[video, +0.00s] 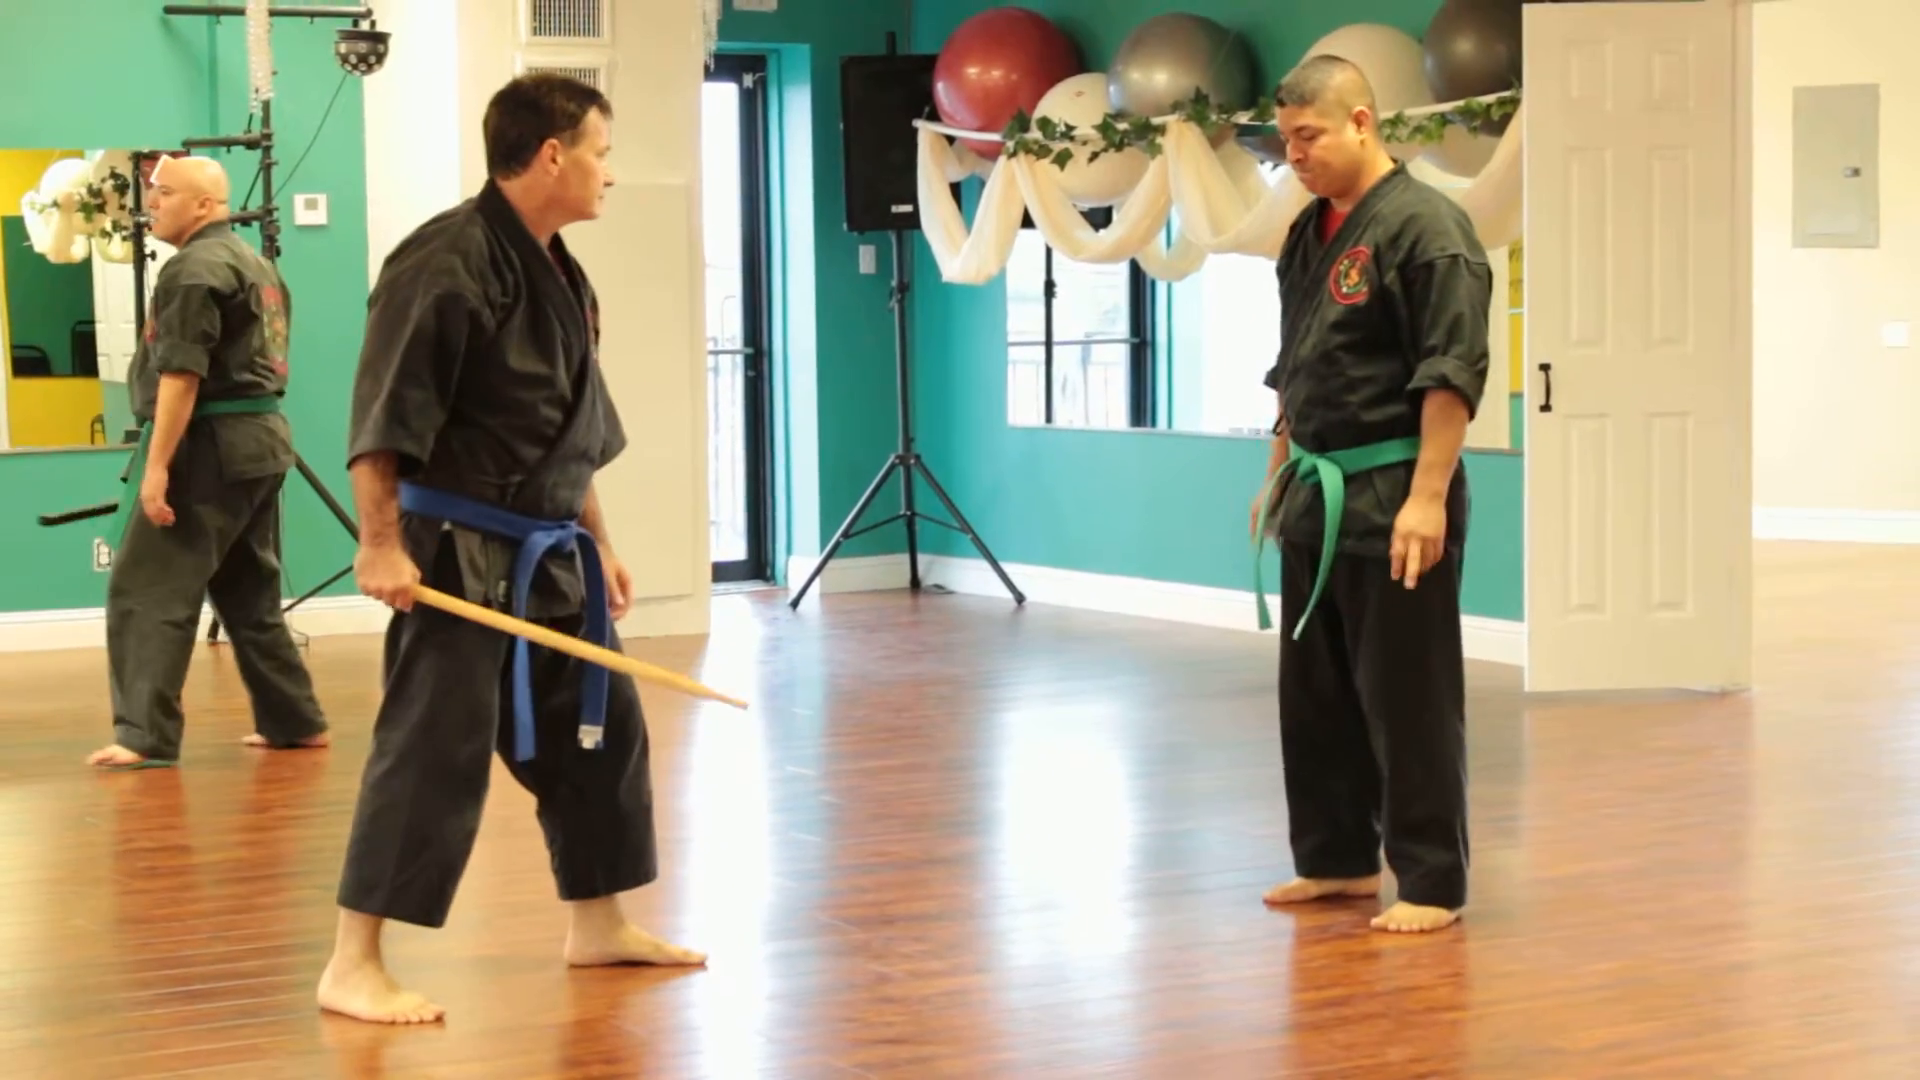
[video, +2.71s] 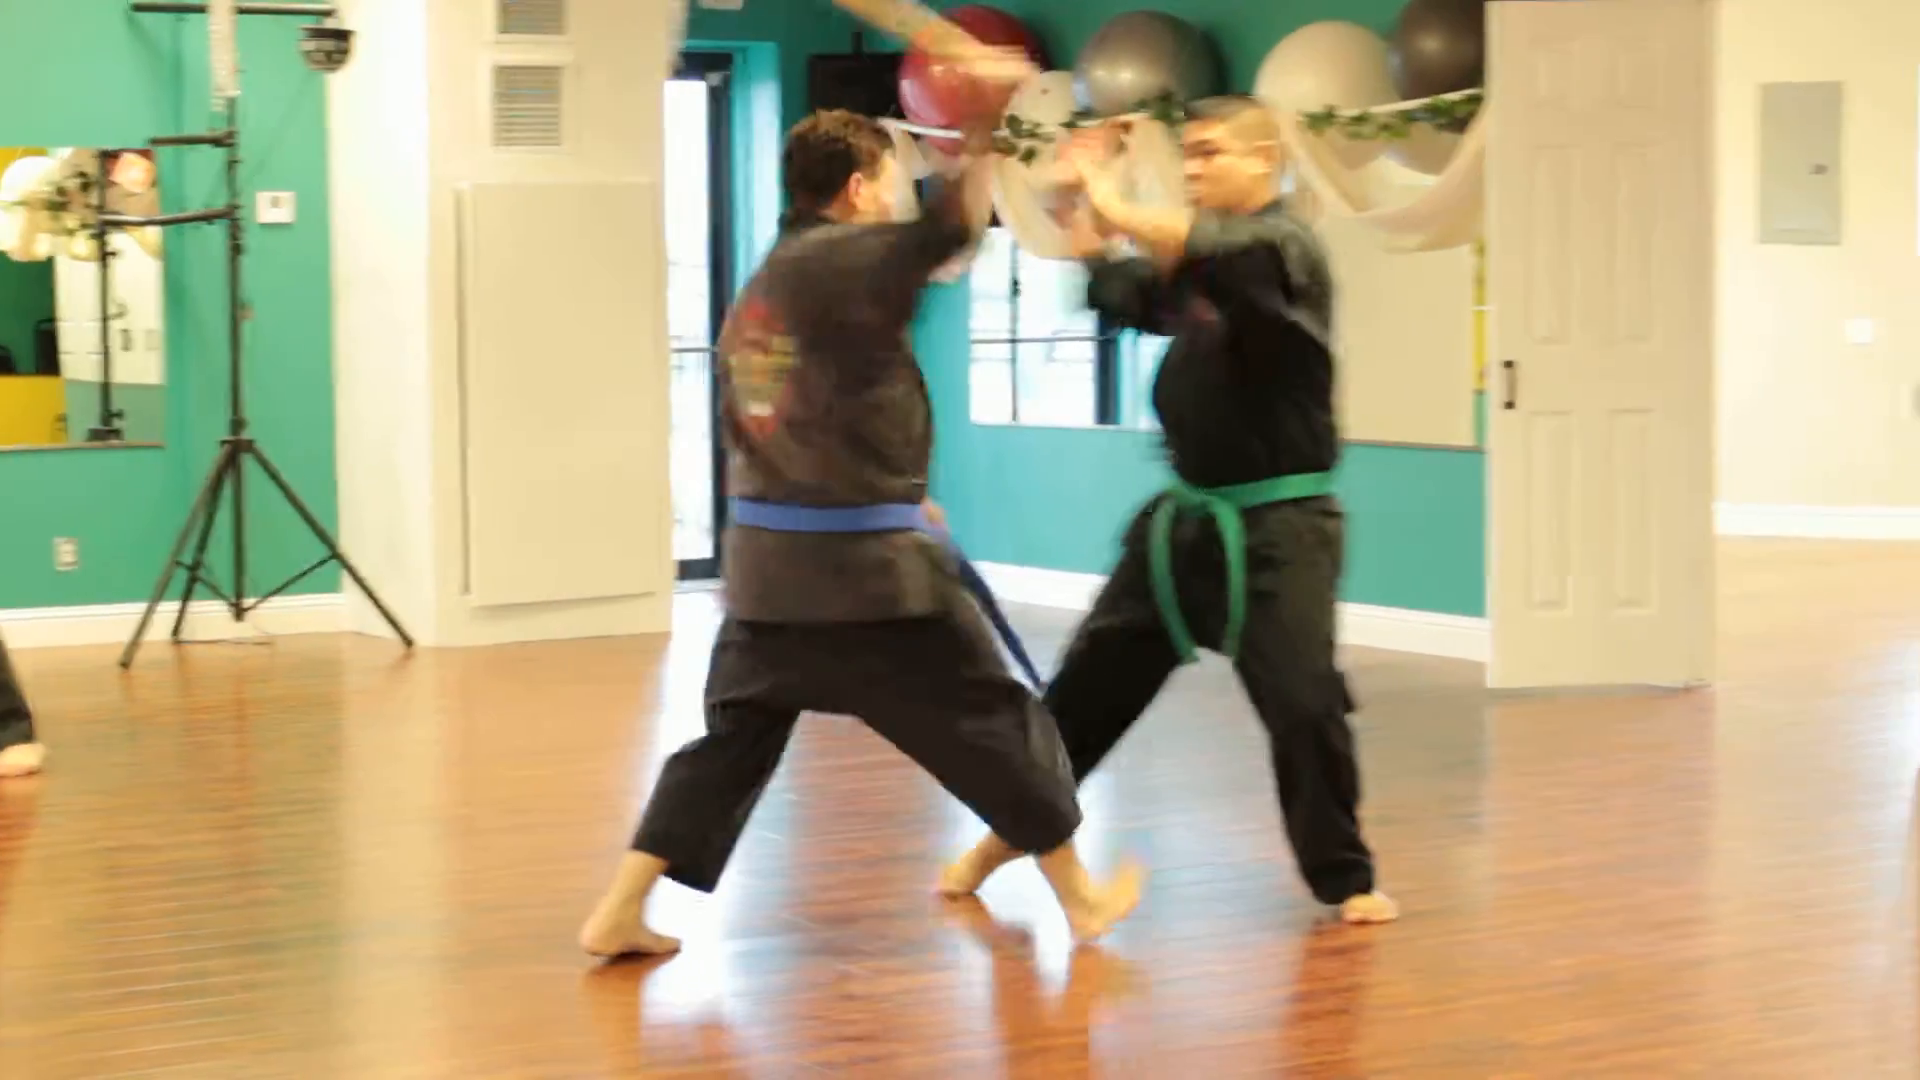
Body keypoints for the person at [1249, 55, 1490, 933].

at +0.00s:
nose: (1294, 156)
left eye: (1307, 138)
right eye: (1287, 141)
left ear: (1362, 123)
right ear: (1294, 141)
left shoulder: (1429, 224)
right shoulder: (1307, 231)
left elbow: (1452, 376)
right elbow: (1297, 368)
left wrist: (1429, 495)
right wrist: (1281, 466)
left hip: (1398, 480)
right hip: (1315, 481)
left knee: (1408, 689)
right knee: (1319, 680)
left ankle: (1431, 885)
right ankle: (1339, 862)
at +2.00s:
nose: (1299, 118)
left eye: (1319, 102)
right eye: (1297, 104)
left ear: (1375, 116)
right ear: (1301, 121)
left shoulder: (1416, 222)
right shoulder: (1314, 225)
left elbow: (1443, 373)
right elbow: (1316, 360)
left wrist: (1412, 496)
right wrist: (1304, 470)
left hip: (1398, 479)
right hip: (1325, 479)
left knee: (1412, 691)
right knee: (1327, 684)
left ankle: (1437, 887)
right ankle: (1345, 861)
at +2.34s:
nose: (1276, 131)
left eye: (1295, 116)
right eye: (1274, 118)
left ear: (1352, 127)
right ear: (1291, 132)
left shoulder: (1377, 233)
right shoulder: (1313, 228)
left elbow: (1375, 385)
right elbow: (1312, 373)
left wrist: (1301, 477)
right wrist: (1268, 454)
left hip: (1385, 487)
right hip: (1318, 480)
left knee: (1375, 679)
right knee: (1307, 675)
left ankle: (1388, 873)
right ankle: (1336, 861)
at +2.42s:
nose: (1272, 144)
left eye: (1291, 129)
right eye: (1269, 131)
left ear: (1347, 140)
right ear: (1274, 145)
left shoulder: (1366, 239)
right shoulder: (1310, 241)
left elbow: (1335, 370)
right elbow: (1283, 369)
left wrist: (1220, 383)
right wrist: (1264, 387)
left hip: (1379, 497)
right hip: (1303, 494)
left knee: (1373, 688)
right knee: (1246, 658)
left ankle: (1384, 873)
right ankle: (1308, 824)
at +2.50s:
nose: (1268, 154)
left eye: (1286, 139)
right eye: (1264, 140)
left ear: (1340, 150)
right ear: (1269, 153)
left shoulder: (1359, 253)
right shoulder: (1309, 244)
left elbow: (1255, 349)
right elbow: (1282, 296)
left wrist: (1170, 291)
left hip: (1371, 505)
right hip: (1291, 500)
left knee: (1366, 684)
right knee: (1199, 642)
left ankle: (1383, 878)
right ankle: (1226, 812)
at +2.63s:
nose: (1248, 163)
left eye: (1265, 146)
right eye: (1241, 150)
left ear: (1321, 153)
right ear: (1243, 164)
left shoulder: (1337, 247)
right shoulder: (1267, 246)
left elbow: (1232, 291)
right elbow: (1201, 280)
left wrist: (1146, 230)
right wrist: (1168, 204)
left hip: (1343, 513)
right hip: (1257, 510)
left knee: (1338, 691)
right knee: (1159, 663)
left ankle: (1382, 884)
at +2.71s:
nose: (1194, 169)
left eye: (1210, 154)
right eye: (1188, 156)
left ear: (1265, 162)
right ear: (1185, 167)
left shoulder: (1293, 246)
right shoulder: (1191, 261)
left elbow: (1219, 245)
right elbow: (1128, 295)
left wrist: (1116, 212)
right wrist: (1079, 205)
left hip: (1284, 513)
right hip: (1189, 510)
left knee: (1299, 694)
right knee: (1096, 676)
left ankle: (1348, 884)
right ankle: (1016, 826)